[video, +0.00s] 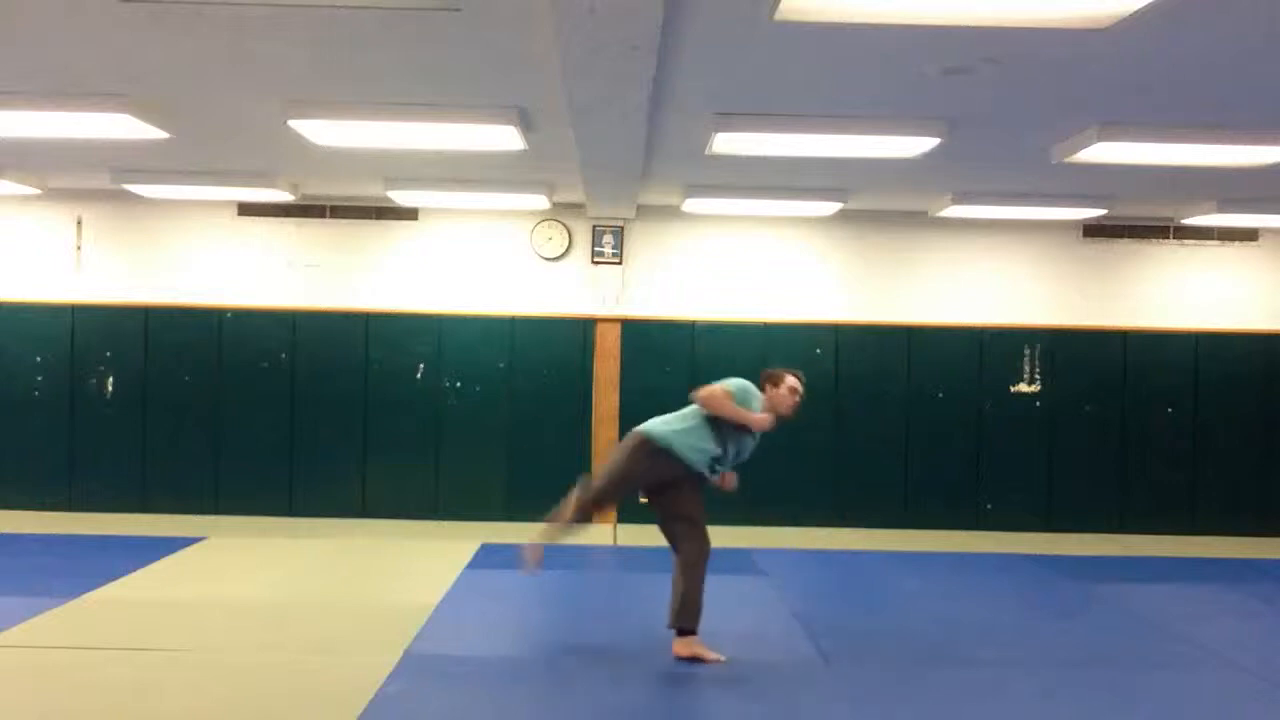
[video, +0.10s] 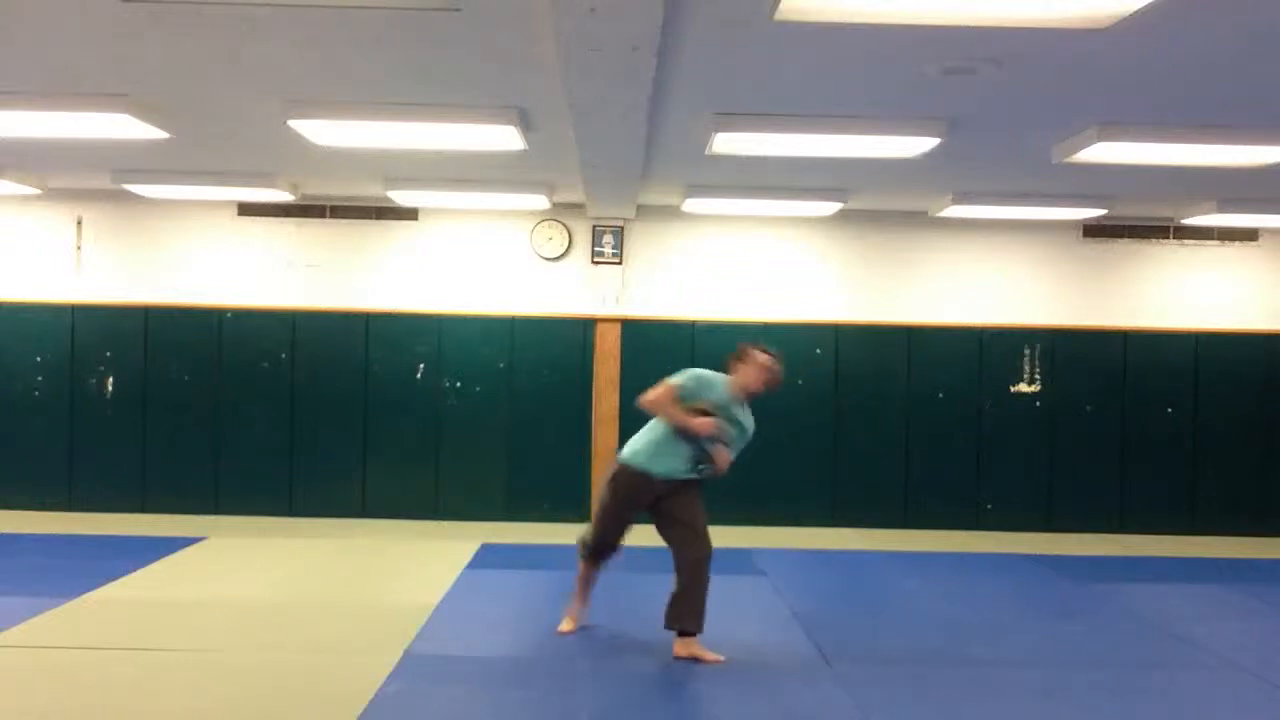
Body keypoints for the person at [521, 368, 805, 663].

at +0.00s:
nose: (797, 399)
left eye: (799, 394)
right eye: (792, 390)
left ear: (789, 401)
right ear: (770, 387)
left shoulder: (752, 437)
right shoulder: (744, 390)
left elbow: (707, 451)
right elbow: (705, 396)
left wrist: (721, 473)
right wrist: (751, 419)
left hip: (682, 476)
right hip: (654, 445)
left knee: (694, 549)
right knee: (596, 495)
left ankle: (685, 639)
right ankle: (544, 535)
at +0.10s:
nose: (762, 377)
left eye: (768, 373)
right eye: (758, 367)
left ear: (769, 383)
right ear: (738, 365)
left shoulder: (745, 424)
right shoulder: (700, 380)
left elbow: (720, 466)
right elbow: (649, 399)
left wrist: (720, 460)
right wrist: (691, 422)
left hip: (679, 485)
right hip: (636, 471)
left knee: (697, 553)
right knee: (598, 544)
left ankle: (686, 639)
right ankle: (578, 606)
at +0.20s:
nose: (704, 359)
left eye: (713, 355)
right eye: (700, 350)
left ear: (719, 362)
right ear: (684, 349)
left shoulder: (721, 400)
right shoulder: (652, 378)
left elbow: (726, 452)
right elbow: (615, 412)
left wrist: (690, 435)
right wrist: (633, 429)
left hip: (677, 482)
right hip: (631, 476)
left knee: (695, 551)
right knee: (597, 549)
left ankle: (691, 637)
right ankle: (588, 612)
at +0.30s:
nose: (660, 340)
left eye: (668, 334)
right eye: (655, 332)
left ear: (679, 341)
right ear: (644, 336)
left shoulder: (695, 375)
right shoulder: (630, 370)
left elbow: (710, 427)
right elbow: (617, 409)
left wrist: (663, 411)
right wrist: (617, 417)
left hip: (678, 476)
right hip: (632, 471)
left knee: (688, 548)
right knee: (607, 546)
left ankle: (695, 636)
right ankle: (589, 612)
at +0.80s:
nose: (653, 330)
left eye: (662, 325)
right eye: (650, 324)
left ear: (681, 332)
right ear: (646, 331)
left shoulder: (703, 376)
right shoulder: (633, 366)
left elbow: (730, 424)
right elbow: (600, 409)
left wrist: (701, 423)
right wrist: (630, 425)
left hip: (678, 479)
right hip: (631, 476)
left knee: (688, 558)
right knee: (604, 549)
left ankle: (713, 643)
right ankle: (588, 612)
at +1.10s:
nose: (640, 332)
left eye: (647, 326)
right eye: (640, 326)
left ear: (670, 332)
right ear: (646, 333)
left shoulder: (706, 370)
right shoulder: (634, 367)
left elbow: (729, 411)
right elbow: (620, 415)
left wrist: (731, 458)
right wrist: (655, 449)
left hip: (688, 477)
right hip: (641, 474)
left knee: (698, 557)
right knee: (613, 539)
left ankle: (714, 643)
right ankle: (631, 593)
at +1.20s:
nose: (623, 340)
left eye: (629, 334)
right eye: (623, 333)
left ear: (651, 339)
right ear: (634, 339)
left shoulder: (691, 372)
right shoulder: (620, 375)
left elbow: (719, 414)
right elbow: (598, 415)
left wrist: (732, 465)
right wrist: (626, 447)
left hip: (686, 478)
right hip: (640, 479)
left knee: (698, 558)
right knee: (621, 548)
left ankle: (714, 644)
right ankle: (645, 605)